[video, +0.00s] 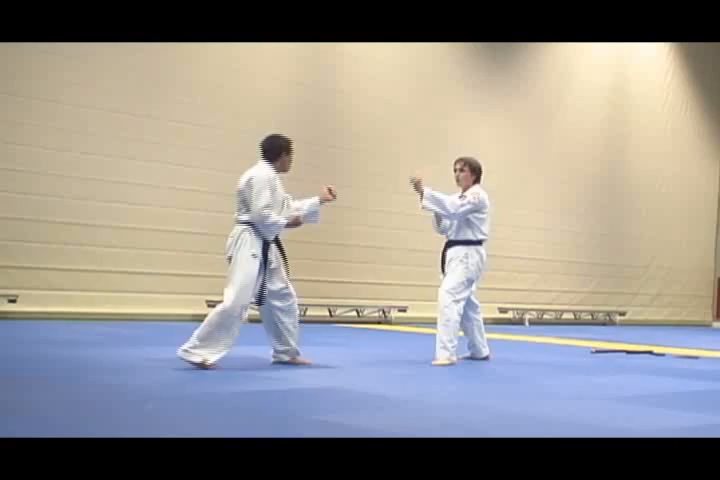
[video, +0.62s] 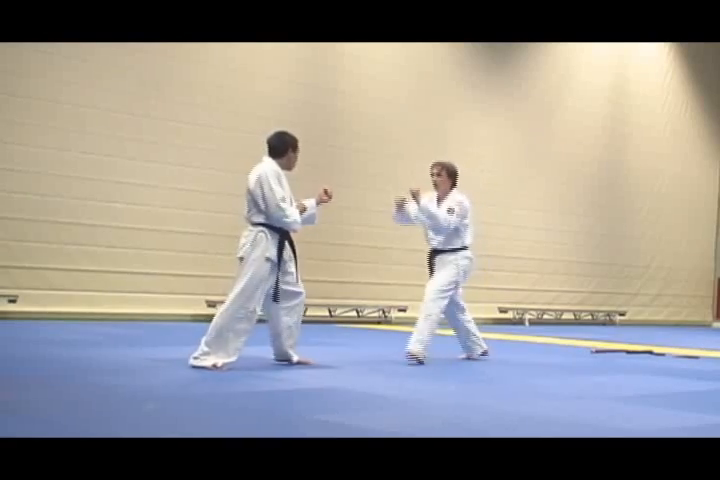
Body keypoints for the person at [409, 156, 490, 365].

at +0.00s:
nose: (458, 174)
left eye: (462, 171)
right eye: (456, 171)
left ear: (474, 174)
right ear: (455, 175)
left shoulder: (477, 194)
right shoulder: (458, 199)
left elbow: (454, 207)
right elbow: (444, 229)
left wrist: (424, 191)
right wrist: (437, 210)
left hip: (468, 251)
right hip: (454, 251)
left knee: (448, 295)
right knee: (467, 302)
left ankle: (446, 353)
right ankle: (479, 349)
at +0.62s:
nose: (435, 179)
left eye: (439, 175)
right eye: (433, 175)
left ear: (451, 178)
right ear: (431, 179)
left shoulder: (460, 201)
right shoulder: (428, 200)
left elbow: (447, 225)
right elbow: (407, 219)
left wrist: (420, 204)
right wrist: (400, 209)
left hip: (457, 255)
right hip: (437, 256)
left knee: (434, 293)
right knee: (453, 306)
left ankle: (417, 349)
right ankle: (476, 347)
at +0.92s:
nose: (406, 176)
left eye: (408, 171)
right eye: (404, 172)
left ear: (421, 169)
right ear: (407, 170)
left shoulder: (441, 184)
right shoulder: (405, 185)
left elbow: (434, 207)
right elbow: (396, 215)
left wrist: (398, 209)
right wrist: (384, 219)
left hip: (428, 245)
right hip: (404, 241)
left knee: (414, 298)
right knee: (375, 252)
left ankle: (416, 352)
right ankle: (384, 303)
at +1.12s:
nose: (384, 168)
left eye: (387, 163)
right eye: (382, 163)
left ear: (399, 159)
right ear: (380, 161)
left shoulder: (421, 169)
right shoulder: (377, 172)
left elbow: (432, 200)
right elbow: (368, 195)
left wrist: (400, 200)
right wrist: (360, 210)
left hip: (406, 235)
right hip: (380, 227)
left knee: (404, 298)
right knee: (347, 231)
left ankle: (409, 352)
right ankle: (322, 270)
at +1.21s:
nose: (372, 159)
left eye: (376, 154)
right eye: (370, 154)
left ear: (390, 152)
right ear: (368, 153)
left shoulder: (414, 168)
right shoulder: (366, 167)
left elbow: (436, 194)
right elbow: (360, 192)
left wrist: (411, 200)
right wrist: (356, 204)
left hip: (395, 232)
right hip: (364, 229)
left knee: (393, 292)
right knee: (339, 266)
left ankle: (393, 345)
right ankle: (341, 322)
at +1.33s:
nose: (350, 164)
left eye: (355, 160)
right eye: (349, 160)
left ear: (369, 161)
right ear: (349, 161)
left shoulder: (393, 185)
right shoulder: (345, 182)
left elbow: (425, 204)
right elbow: (340, 208)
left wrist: (407, 219)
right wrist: (339, 220)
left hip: (377, 247)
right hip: (348, 246)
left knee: (382, 304)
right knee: (332, 291)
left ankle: (386, 350)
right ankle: (349, 330)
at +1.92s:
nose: (178, 134)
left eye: (184, 129)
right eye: (177, 129)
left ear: (202, 131)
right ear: (179, 131)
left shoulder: (224, 154)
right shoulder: (180, 156)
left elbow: (219, 193)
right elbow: (148, 140)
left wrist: (202, 225)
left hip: (241, 225)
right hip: (209, 229)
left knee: (271, 287)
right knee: (175, 281)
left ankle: (309, 348)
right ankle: (177, 349)